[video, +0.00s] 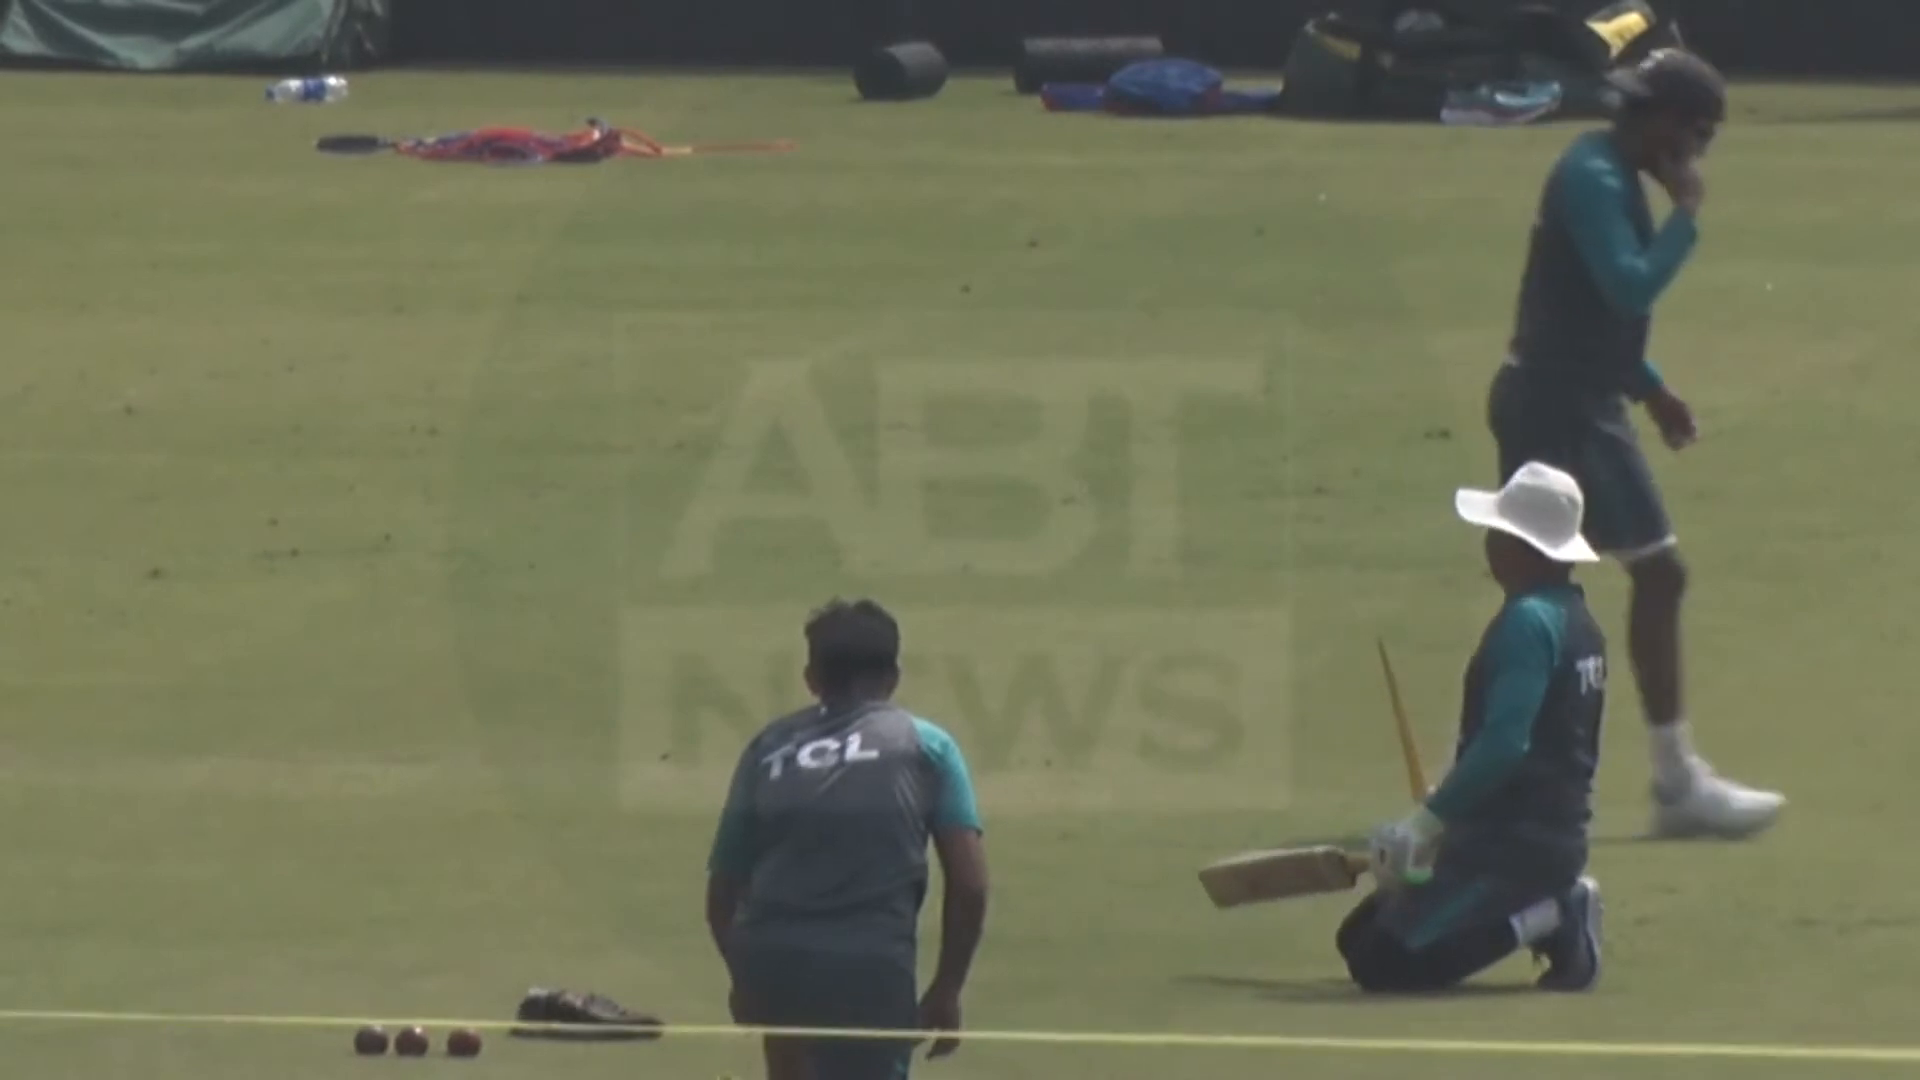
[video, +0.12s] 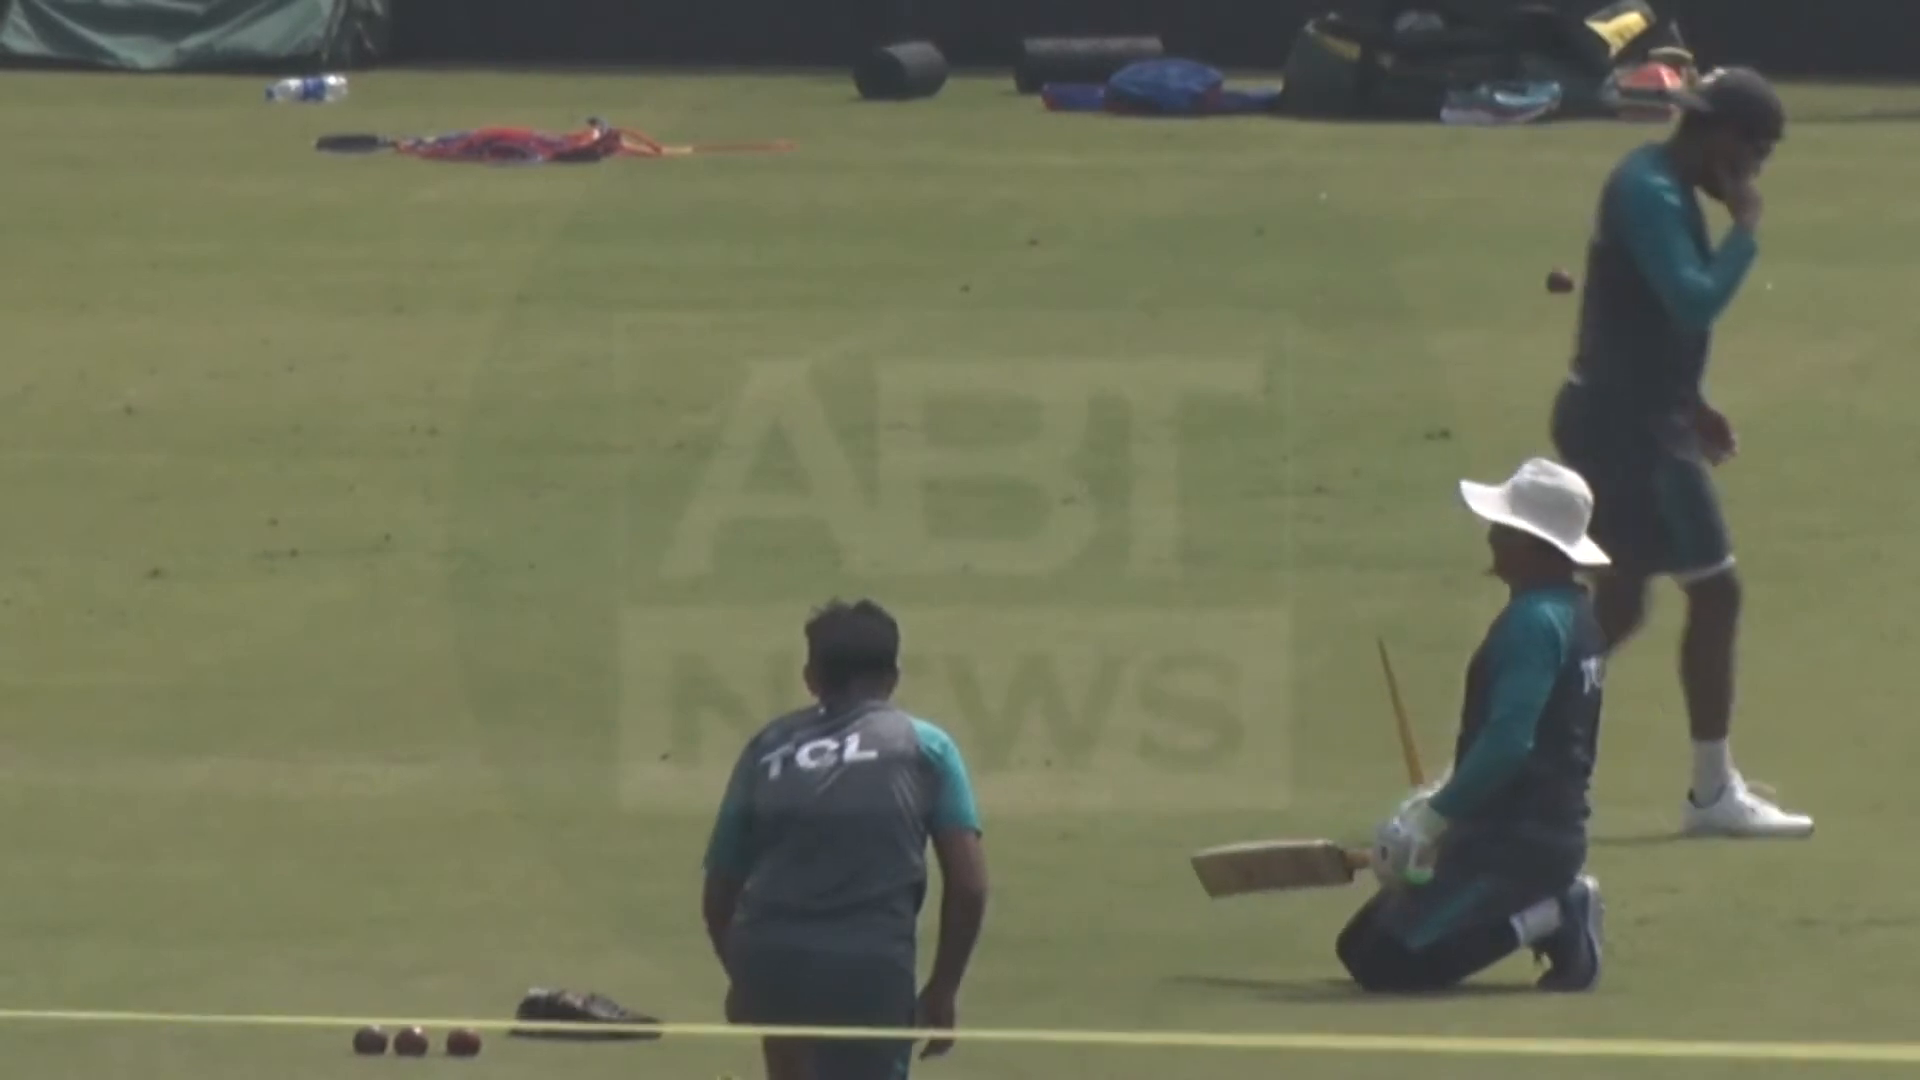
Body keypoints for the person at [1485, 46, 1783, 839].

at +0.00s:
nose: (1697, 155)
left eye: (1703, 142)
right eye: (1695, 138)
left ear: (1660, 124)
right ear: (1655, 122)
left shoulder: (1619, 179)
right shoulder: (1590, 177)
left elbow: (1600, 317)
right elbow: (1628, 291)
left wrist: (1653, 392)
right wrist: (1687, 214)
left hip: (1577, 400)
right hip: (1556, 405)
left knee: (1537, 589)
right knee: (1660, 573)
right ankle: (1679, 780)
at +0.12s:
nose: (1751, 172)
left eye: (1757, 159)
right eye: (1749, 154)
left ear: (1712, 136)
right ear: (1711, 134)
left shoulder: (1669, 191)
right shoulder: (1646, 192)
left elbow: (1644, 329)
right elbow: (1692, 302)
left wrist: (1687, 408)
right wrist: (1745, 234)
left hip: (1632, 418)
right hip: (1626, 422)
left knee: (1615, 605)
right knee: (1717, 594)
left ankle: (1507, 724)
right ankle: (1714, 790)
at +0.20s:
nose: (1786, 183)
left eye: (1792, 171)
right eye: (1784, 166)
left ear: (1744, 142)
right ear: (1750, 143)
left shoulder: (1697, 194)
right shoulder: (1684, 199)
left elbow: (1671, 335)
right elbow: (1730, 310)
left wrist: (1713, 414)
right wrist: (1782, 239)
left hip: (1662, 420)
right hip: (1662, 424)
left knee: (1702, 606)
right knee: (1747, 597)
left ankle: (1562, 710)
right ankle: (1717, 792)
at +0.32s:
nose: (1843, 180)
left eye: (1849, 169)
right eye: (1842, 164)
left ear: (1806, 143)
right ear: (1807, 143)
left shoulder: (1756, 192)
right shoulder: (1734, 194)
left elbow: (1727, 324)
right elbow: (1765, 313)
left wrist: (1764, 403)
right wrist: (1827, 240)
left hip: (1729, 410)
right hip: (1695, 414)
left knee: (1802, 576)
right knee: (1769, 593)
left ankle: (1664, 732)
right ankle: (1717, 789)